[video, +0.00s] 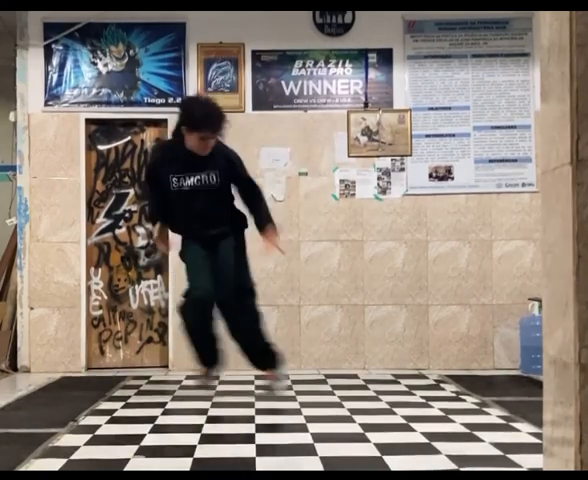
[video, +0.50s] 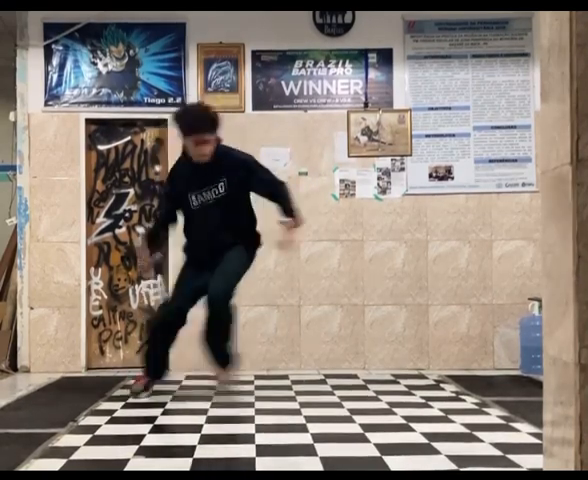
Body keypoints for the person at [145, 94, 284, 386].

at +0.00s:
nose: (209, 145)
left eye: (213, 138)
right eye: (203, 139)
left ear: (218, 132)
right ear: (185, 132)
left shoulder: (223, 156)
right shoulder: (163, 157)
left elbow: (247, 188)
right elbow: (155, 191)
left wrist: (265, 222)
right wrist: (161, 223)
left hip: (227, 234)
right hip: (193, 238)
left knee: (235, 297)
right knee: (200, 297)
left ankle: (267, 363)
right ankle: (209, 361)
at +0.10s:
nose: (220, 153)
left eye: (224, 146)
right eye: (214, 147)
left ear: (229, 142)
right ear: (196, 139)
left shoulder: (231, 176)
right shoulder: (173, 161)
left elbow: (251, 225)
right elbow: (163, 184)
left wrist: (278, 263)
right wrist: (167, 213)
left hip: (241, 256)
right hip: (204, 258)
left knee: (267, 316)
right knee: (224, 320)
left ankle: (300, 375)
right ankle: (251, 377)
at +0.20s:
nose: (196, 146)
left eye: (201, 140)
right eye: (190, 140)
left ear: (215, 133)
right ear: (183, 136)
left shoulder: (234, 161)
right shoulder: (174, 161)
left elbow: (253, 204)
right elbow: (163, 194)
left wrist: (255, 238)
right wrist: (165, 226)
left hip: (232, 248)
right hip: (195, 250)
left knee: (237, 308)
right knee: (205, 312)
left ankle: (270, 361)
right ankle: (228, 363)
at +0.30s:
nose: (170, 152)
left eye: (174, 145)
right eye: (167, 146)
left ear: (194, 140)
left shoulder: (233, 151)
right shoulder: (176, 178)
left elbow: (258, 172)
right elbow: (165, 226)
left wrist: (249, 209)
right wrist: (154, 267)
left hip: (228, 238)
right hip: (192, 241)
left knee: (203, 298)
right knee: (177, 298)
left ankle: (190, 365)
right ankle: (181, 364)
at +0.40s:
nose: (169, 156)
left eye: (172, 148)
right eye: (164, 151)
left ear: (190, 140)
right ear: (162, 150)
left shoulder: (229, 158)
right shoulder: (178, 185)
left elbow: (260, 179)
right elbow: (173, 235)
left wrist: (257, 222)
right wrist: (157, 280)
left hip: (227, 250)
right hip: (190, 250)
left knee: (192, 308)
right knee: (162, 306)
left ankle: (175, 372)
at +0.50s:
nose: (205, 149)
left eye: (209, 142)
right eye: (198, 143)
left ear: (217, 138)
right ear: (184, 140)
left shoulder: (234, 162)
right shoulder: (179, 173)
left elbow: (272, 186)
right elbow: (167, 213)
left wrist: (290, 211)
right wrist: (154, 242)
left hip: (238, 245)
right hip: (201, 251)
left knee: (218, 295)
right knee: (172, 312)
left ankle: (222, 361)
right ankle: (152, 372)